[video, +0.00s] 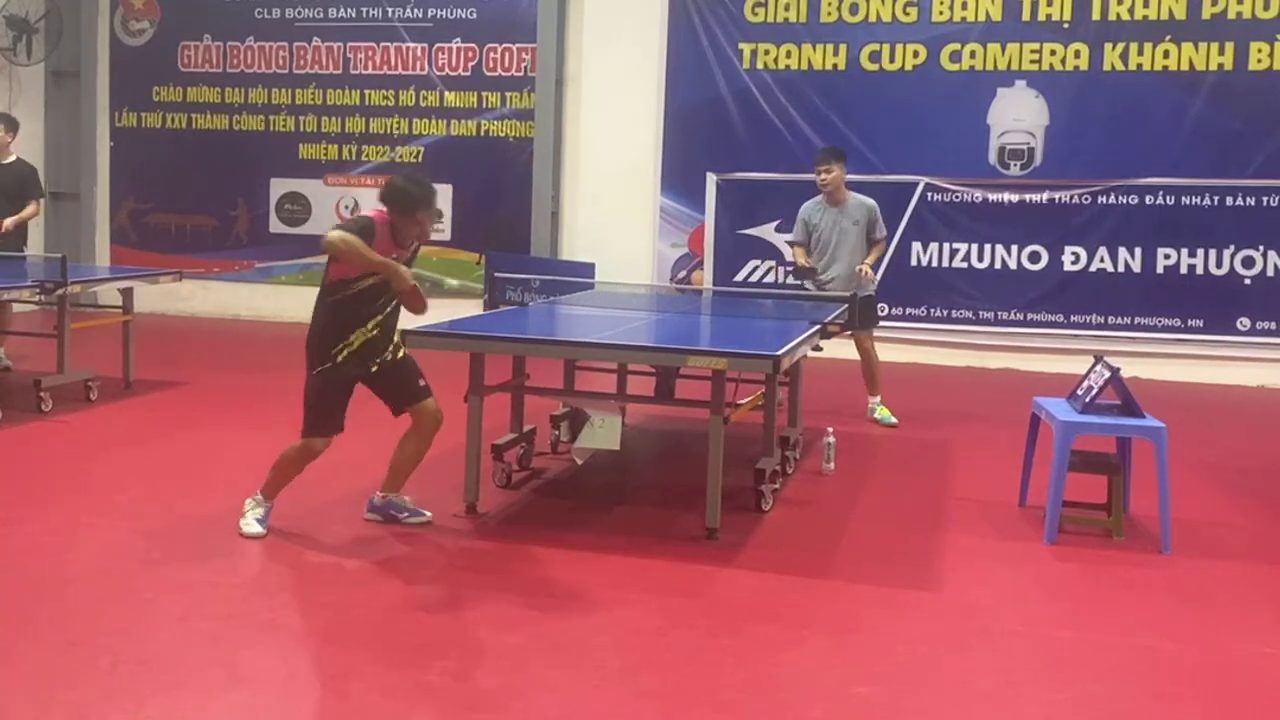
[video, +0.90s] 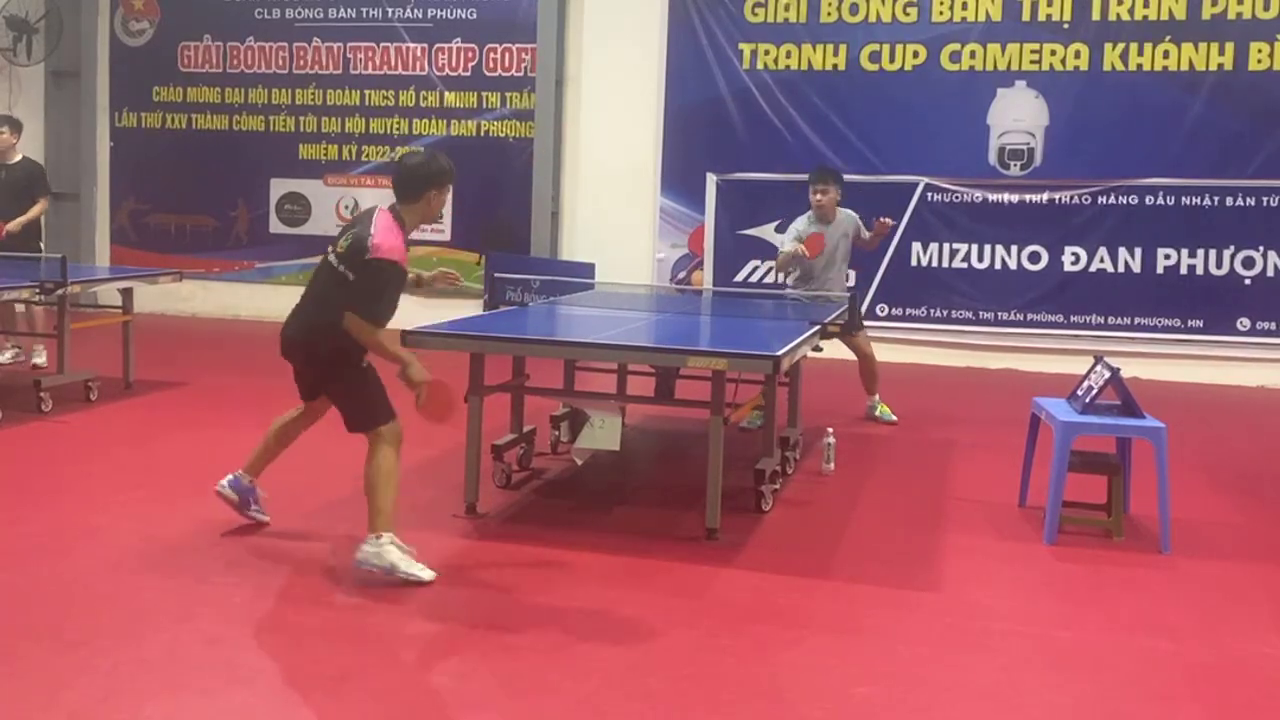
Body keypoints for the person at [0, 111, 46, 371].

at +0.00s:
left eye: (1, 132)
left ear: (11, 136)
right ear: (5, 135)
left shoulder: (26, 170)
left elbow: (35, 206)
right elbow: (34, 206)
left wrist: (13, 220)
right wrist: (14, 220)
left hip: (10, 248)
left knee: (4, 300)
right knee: (3, 301)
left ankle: (2, 348)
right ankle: (2, 349)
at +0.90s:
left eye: (2, 134)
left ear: (14, 137)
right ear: (5, 137)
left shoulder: (32, 168)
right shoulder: (3, 167)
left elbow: (43, 202)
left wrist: (20, 221)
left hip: (26, 248)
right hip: (4, 248)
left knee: (31, 300)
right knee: (5, 300)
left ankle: (38, 347)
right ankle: (11, 345)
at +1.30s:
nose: (12, 135)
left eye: (18, 131)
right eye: (10, 131)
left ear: (32, 136)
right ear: (6, 136)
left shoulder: (46, 169)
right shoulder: (3, 166)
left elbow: (57, 204)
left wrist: (30, 219)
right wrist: (4, 222)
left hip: (36, 247)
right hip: (7, 247)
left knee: (43, 297)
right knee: (9, 298)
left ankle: (52, 344)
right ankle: (12, 345)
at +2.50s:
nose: (14, 141)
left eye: (20, 137)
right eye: (11, 137)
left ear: (33, 140)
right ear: (7, 140)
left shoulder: (48, 170)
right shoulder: (3, 168)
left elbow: (66, 202)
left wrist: (50, 229)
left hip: (40, 247)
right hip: (7, 247)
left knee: (46, 296)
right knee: (1, 295)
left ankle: (52, 346)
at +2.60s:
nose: (9, 143)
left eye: (15, 139)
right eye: (6, 139)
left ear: (28, 142)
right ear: (2, 142)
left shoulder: (43, 174)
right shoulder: (2, 169)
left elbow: (57, 207)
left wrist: (49, 231)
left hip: (32, 253)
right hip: (4, 253)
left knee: (42, 298)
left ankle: (52, 345)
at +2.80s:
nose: (2, 155)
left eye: (7, 151)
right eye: (0, 150)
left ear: (15, 155)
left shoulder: (18, 179)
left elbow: (25, 208)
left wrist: (32, 232)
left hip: (9, 252)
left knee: (25, 298)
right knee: (23, 299)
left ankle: (44, 346)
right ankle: (44, 346)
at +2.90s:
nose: (3, 165)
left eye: (6, 160)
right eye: (1, 160)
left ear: (12, 161)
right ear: (0, 160)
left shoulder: (12, 181)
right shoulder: (9, 181)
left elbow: (16, 208)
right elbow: (17, 208)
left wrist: (24, 233)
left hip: (3, 249)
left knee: (12, 294)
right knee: (11, 295)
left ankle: (25, 343)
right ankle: (24, 344)